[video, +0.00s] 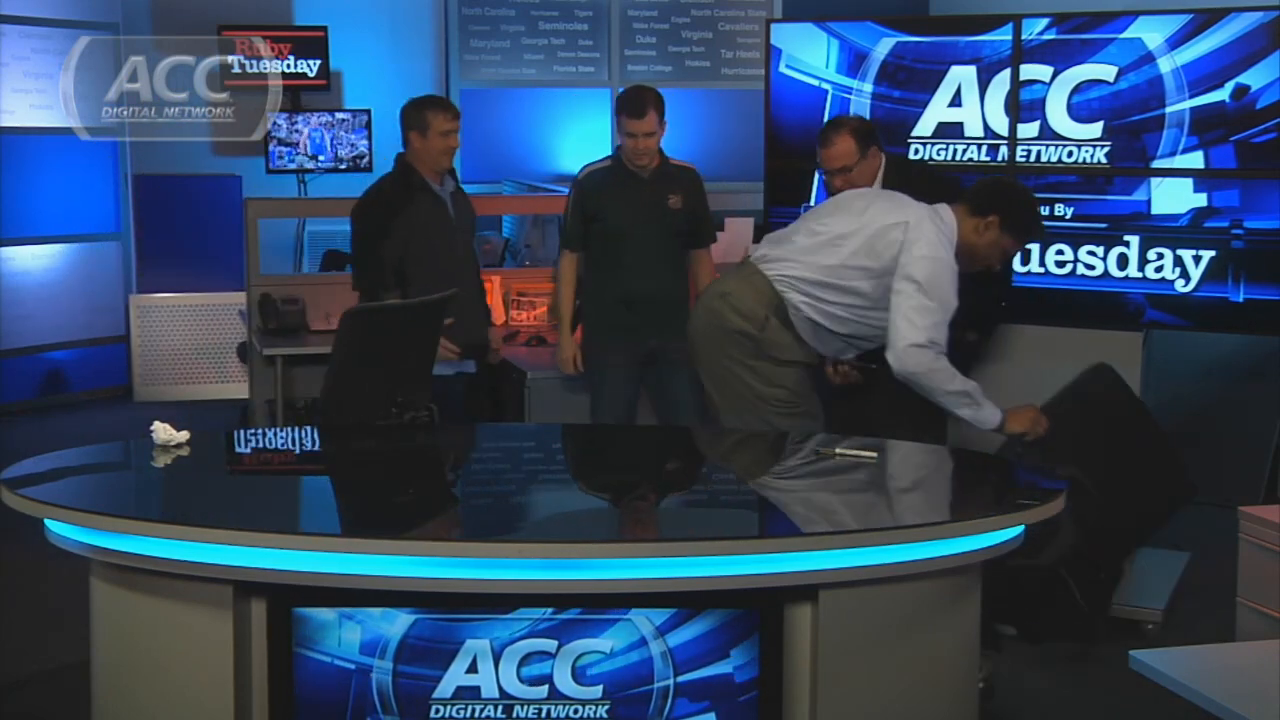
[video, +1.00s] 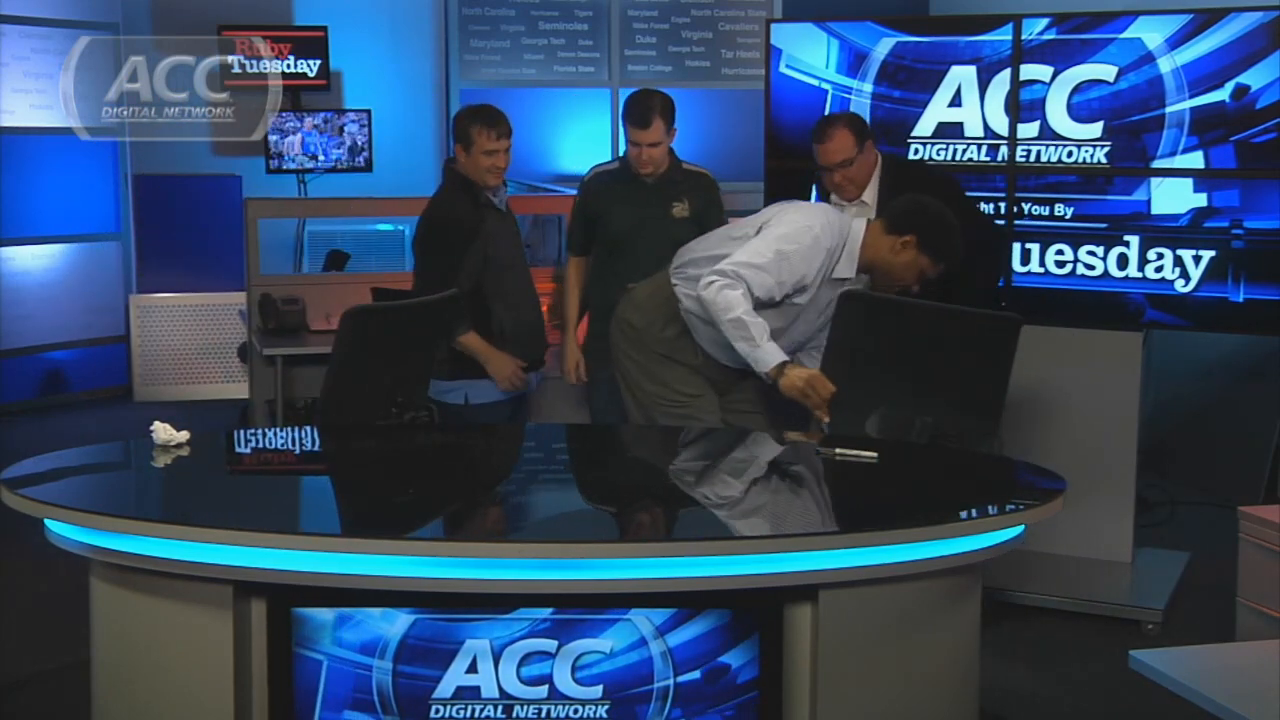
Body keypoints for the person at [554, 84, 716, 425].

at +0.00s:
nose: (640, 145)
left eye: (649, 135)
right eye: (630, 135)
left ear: (662, 129)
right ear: (617, 129)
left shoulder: (685, 180)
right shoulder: (590, 183)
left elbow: (701, 260)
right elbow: (569, 259)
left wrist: (710, 329)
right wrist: (564, 334)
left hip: (671, 333)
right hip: (608, 336)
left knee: (685, 438)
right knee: (611, 442)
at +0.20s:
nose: (627, 148)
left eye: (636, 138)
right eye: (618, 139)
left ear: (650, 128)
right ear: (605, 130)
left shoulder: (675, 179)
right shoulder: (578, 184)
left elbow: (693, 257)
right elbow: (560, 263)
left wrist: (701, 325)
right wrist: (561, 335)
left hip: (664, 333)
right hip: (602, 335)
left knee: (673, 436)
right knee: (608, 438)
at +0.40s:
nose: (623, 152)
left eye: (632, 142)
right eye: (613, 143)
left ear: (646, 132)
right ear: (601, 134)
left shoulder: (675, 181)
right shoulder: (575, 187)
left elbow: (694, 261)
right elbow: (560, 266)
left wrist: (698, 329)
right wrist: (567, 334)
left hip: (661, 339)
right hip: (599, 342)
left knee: (658, 445)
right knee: (606, 445)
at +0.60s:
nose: (627, 155)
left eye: (637, 144)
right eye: (618, 145)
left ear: (652, 133)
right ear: (607, 135)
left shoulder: (682, 182)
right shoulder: (580, 186)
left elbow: (702, 257)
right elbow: (563, 264)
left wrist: (702, 326)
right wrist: (573, 333)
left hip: (667, 338)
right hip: (602, 342)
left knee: (665, 444)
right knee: (609, 445)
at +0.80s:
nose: (636, 155)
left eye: (646, 145)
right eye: (627, 145)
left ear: (663, 135)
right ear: (616, 135)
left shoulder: (692, 184)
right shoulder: (589, 185)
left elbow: (711, 260)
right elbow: (570, 262)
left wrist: (709, 334)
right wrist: (569, 339)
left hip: (674, 341)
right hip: (606, 345)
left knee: (672, 448)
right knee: (612, 448)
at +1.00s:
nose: (643, 155)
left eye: (653, 145)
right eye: (634, 145)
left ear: (672, 136)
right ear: (625, 133)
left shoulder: (699, 186)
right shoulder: (597, 185)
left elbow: (718, 263)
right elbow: (577, 263)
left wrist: (716, 340)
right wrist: (569, 340)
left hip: (679, 344)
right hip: (610, 347)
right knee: (616, 454)